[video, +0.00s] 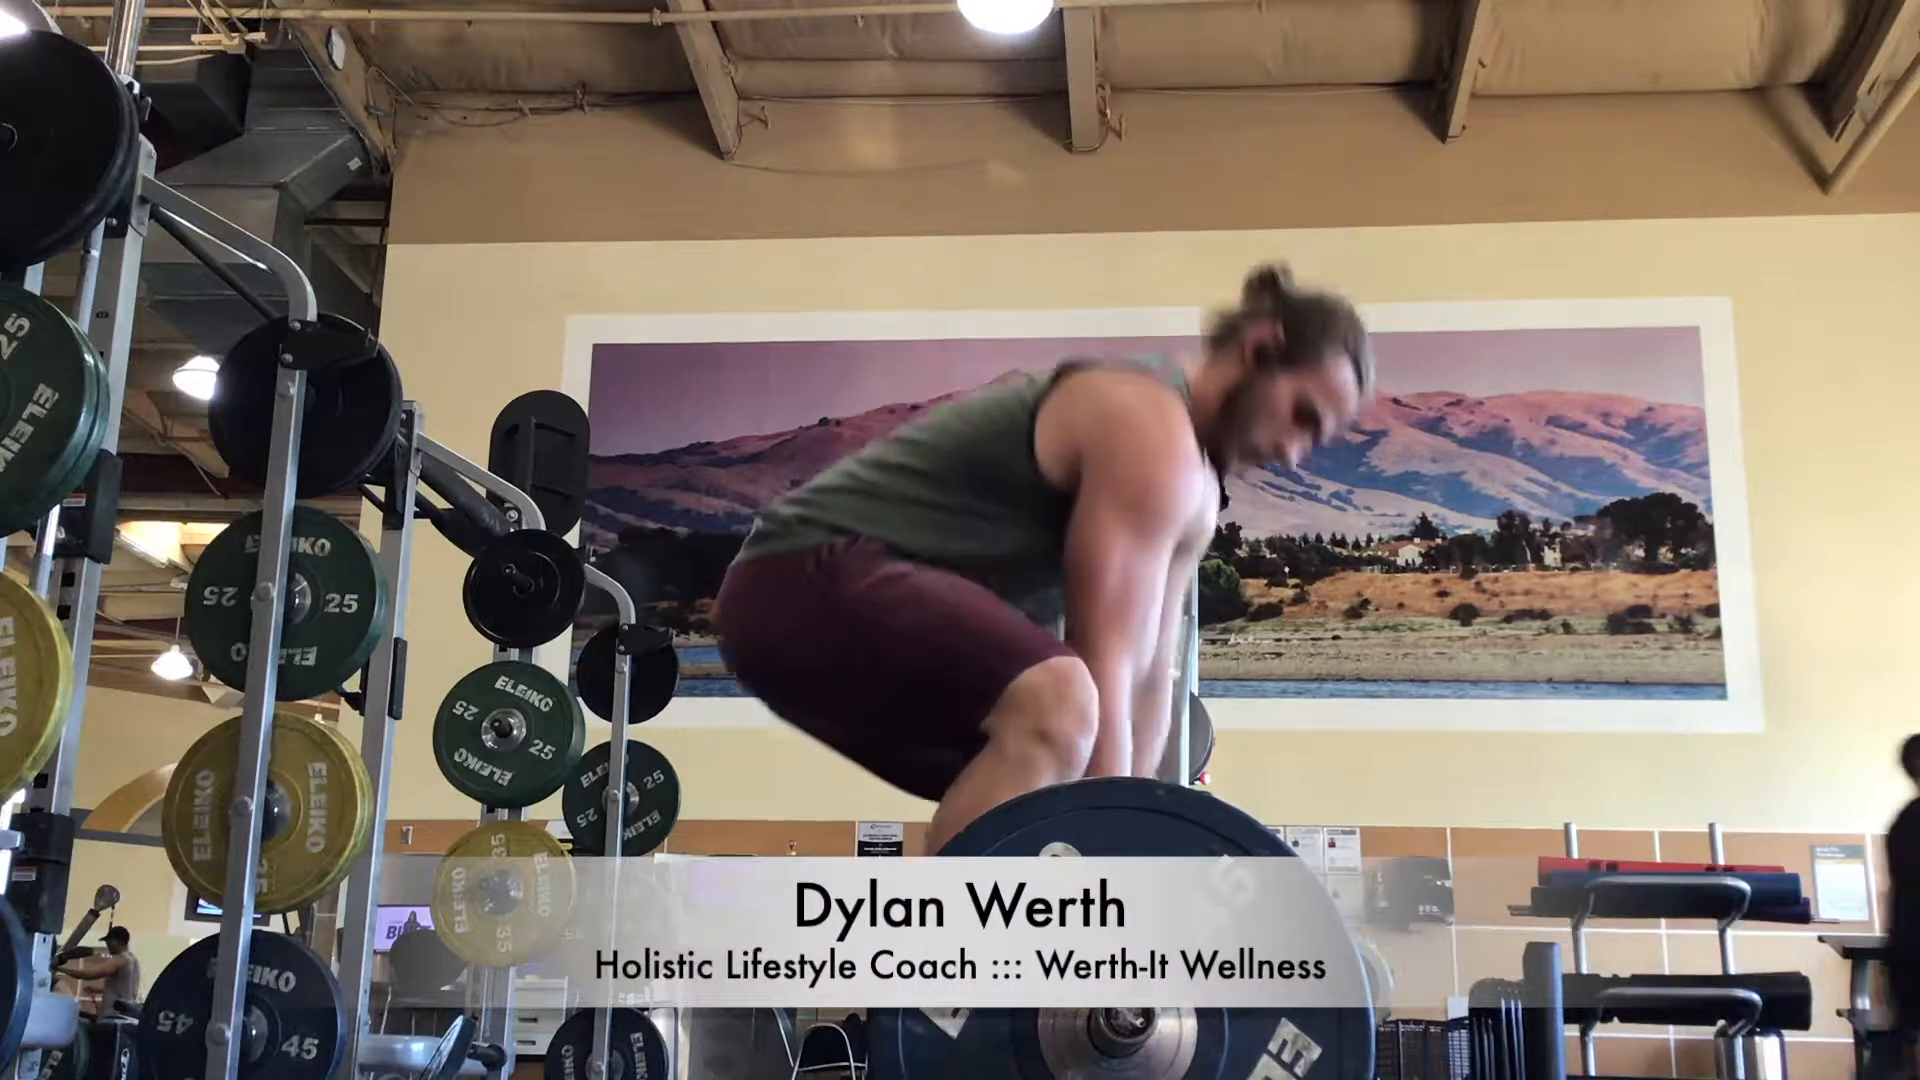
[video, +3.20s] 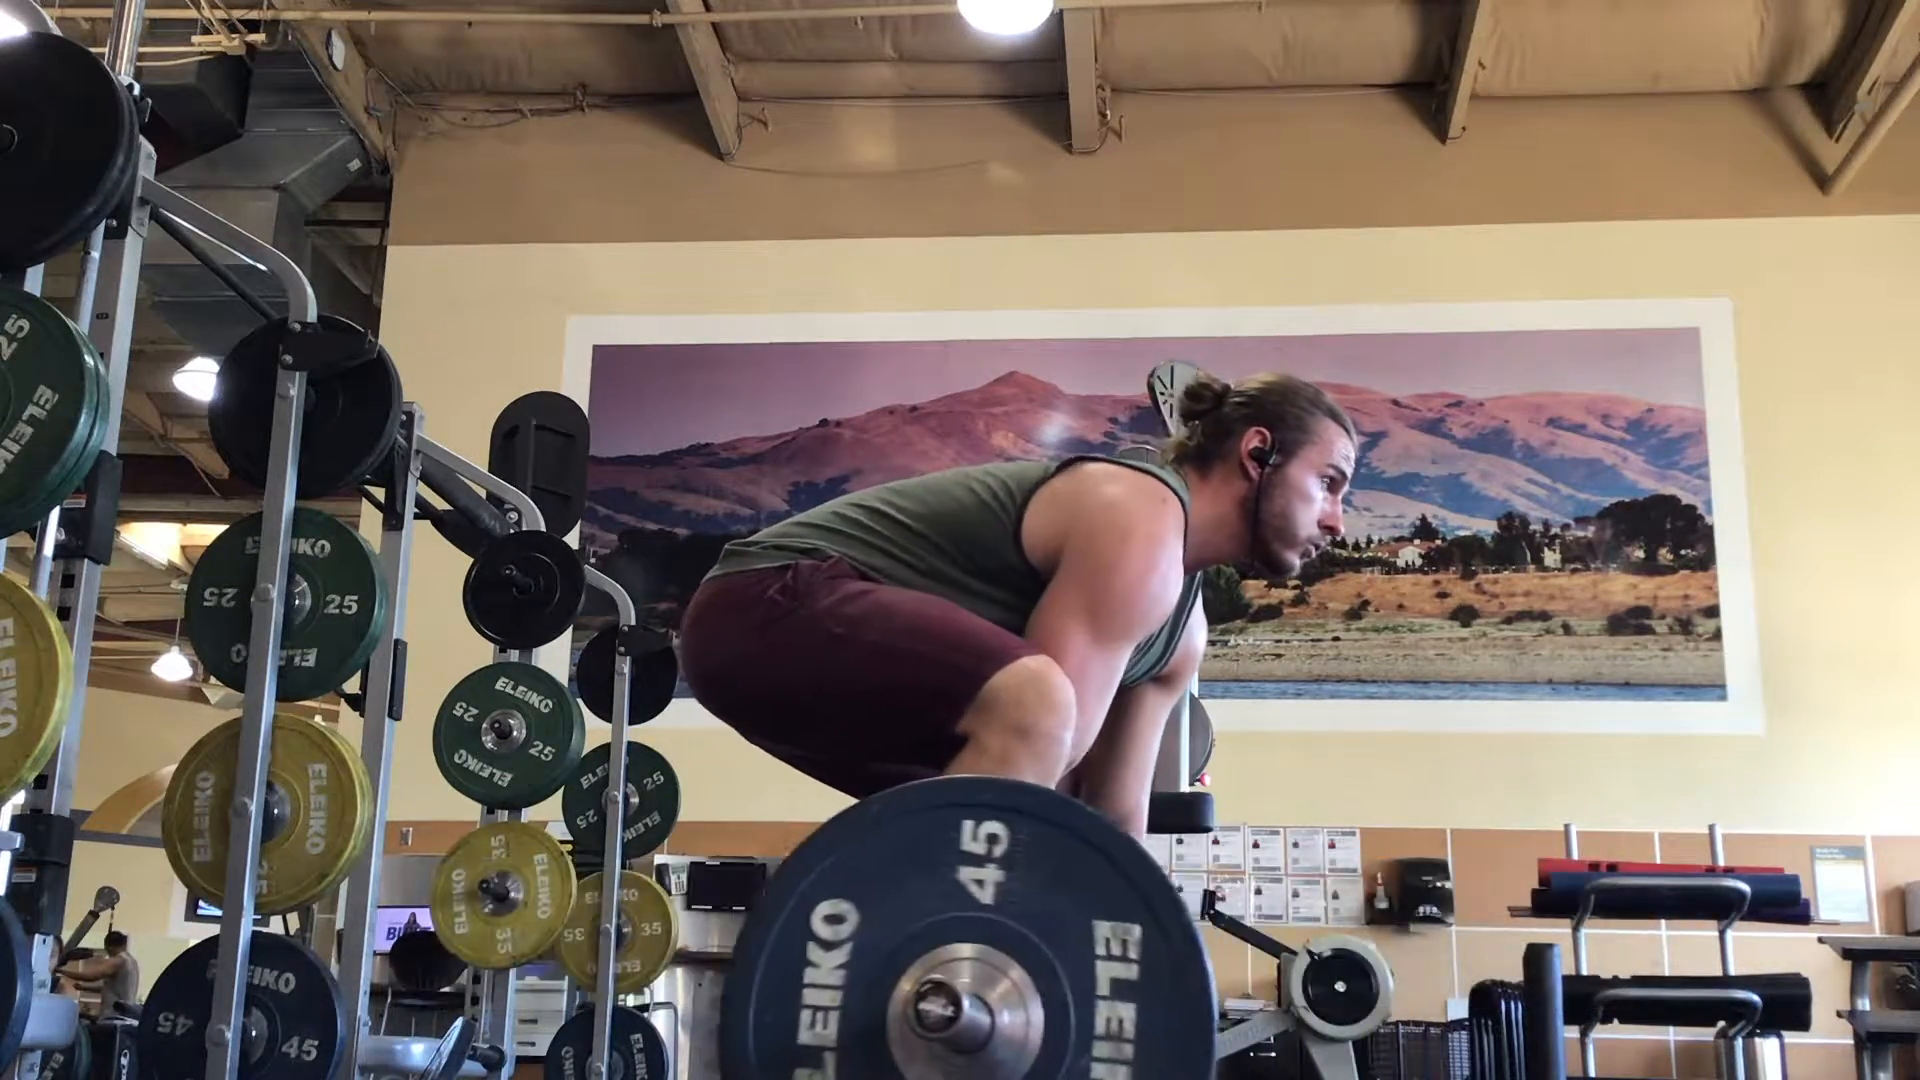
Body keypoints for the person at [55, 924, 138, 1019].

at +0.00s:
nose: (107, 946)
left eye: (109, 943)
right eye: (107, 943)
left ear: (116, 942)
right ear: (124, 942)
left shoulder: (121, 960)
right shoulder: (132, 960)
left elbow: (89, 975)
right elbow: (122, 989)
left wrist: (60, 969)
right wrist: (97, 990)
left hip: (111, 1017)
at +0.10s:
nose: (107, 946)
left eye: (108, 943)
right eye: (106, 943)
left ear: (116, 943)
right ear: (123, 943)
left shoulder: (121, 960)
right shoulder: (132, 960)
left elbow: (87, 974)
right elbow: (117, 987)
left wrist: (61, 969)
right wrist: (90, 989)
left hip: (112, 1017)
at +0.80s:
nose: (107, 948)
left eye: (109, 944)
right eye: (107, 944)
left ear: (116, 943)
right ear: (121, 943)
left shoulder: (122, 960)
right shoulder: (129, 961)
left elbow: (87, 973)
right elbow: (106, 984)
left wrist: (60, 969)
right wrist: (80, 982)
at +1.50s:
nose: (105, 946)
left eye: (107, 942)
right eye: (105, 942)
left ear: (114, 942)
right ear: (119, 943)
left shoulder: (119, 960)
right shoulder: (128, 961)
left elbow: (87, 976)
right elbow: (105, 988)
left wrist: (61, 970)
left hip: (108, 1017)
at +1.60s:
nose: (104, 946)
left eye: (106, 942)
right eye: (104, 943)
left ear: (113, 943)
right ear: (120, 943)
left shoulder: (118, 961)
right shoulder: (128, 961)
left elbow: (87, 977)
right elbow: (118, 988)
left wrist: (61, 970)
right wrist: (94, 989)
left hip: (108, 1017)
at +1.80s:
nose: (103, 947)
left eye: (104, 944)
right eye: (103, 944)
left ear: (111, 943)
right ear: (122, 943)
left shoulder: (117, 961)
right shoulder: (128, 961)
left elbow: (88, 977)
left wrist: (61, 971)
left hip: (107, 1018)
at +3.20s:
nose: (107, 950)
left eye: (107, 947)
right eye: (106, 947)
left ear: (110, 946)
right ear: (123, 944)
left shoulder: (119, 961)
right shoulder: (131, 962)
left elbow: (89, 977)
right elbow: (110, 988)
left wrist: (60, 971)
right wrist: (83, 987)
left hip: (111, 1018)